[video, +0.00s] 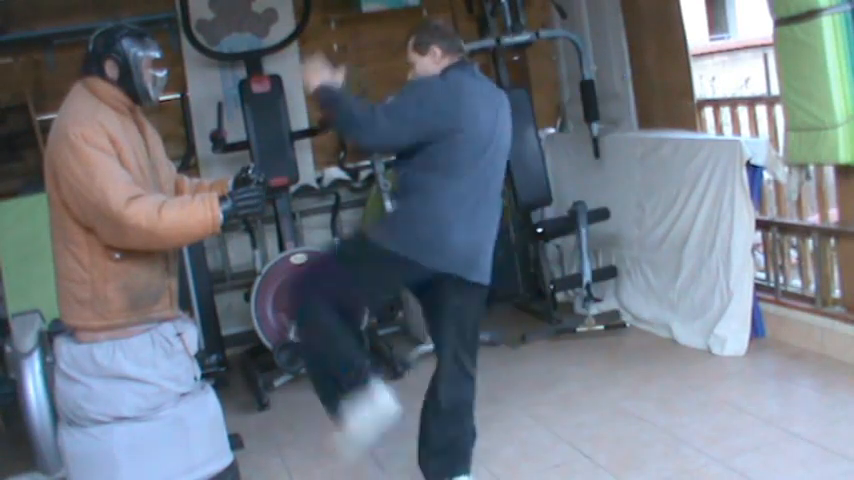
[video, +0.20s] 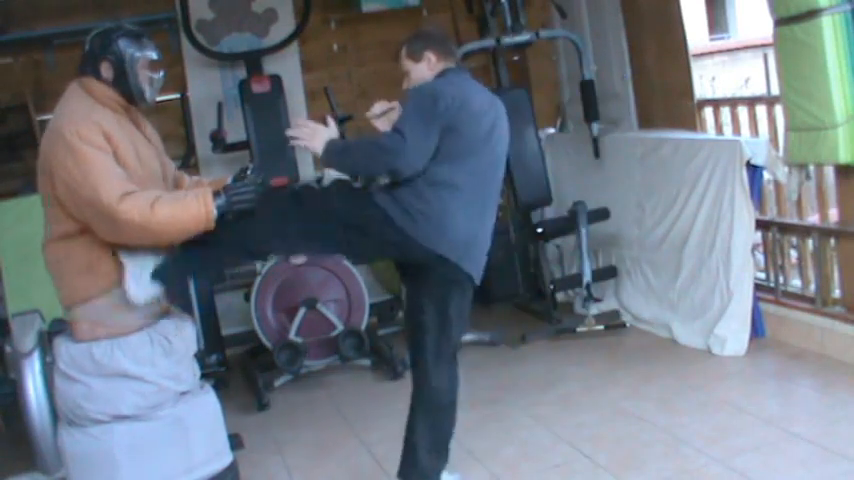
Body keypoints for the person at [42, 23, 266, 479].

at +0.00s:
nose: (154, 74)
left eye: (154, 63)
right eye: (144, 63)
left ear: (117, 68)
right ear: (111, 66)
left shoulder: (131, 117)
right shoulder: (80, 127)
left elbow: (169, 187)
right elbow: (125, 218)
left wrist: (229, 186)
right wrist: (219, 210)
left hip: (152, 318)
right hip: (108, 331)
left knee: (186, 450)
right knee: (131, 460)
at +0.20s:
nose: (152, 77)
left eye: (152, 66)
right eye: (142, 66)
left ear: (113, 69)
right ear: (107, 67)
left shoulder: (127, 117)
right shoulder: (75, 128)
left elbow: (170, 183)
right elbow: (120, 215)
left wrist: (227, 186)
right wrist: (211, 208)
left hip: (153, 308)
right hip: (110, 324)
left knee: (181, 439)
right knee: (134, 452)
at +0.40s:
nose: (157, 76)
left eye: (157, 66)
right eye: (147, 66)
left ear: (118, 70)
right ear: (112, 67)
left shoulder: (134, 120)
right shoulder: (77, 130)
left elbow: (170, 187)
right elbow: (125, 221)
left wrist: (226, 185)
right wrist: (218, 204)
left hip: (154, 319)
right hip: (108, 333)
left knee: (184, 450)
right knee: (128, 460)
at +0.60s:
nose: (149, 74)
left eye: (149, 63)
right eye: (139, 64)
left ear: (112, 68)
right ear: (106, 65)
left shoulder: (130, 119)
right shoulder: (75, 129)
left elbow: (169, 188)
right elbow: (121, 219)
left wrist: (225, 190)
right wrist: (212, 215)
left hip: (152, 316)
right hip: (106, 329)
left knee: (183, 446)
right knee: (130, 457)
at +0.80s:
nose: (155, 75)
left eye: (155, 65)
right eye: (145, 65)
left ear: (119, 68)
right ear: (113, 66)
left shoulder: (135, 120)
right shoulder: (78, 131)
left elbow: (173, 188)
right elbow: (127, 220)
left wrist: (231, 185)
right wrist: (217, 209)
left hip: (154, 318)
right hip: (108, 331)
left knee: (184, 448)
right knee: (130, 459)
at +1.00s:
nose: (152, 73)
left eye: (151, 62)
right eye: (141, 63)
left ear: (113, 68)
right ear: (107, 66)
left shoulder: (131, 119)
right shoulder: (75, 129)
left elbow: (170, 188)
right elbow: (123, 220)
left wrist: (228, 187)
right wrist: (214, 211)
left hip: (152, 318)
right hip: (107, 332)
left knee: (186, 449)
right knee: (130, 460)